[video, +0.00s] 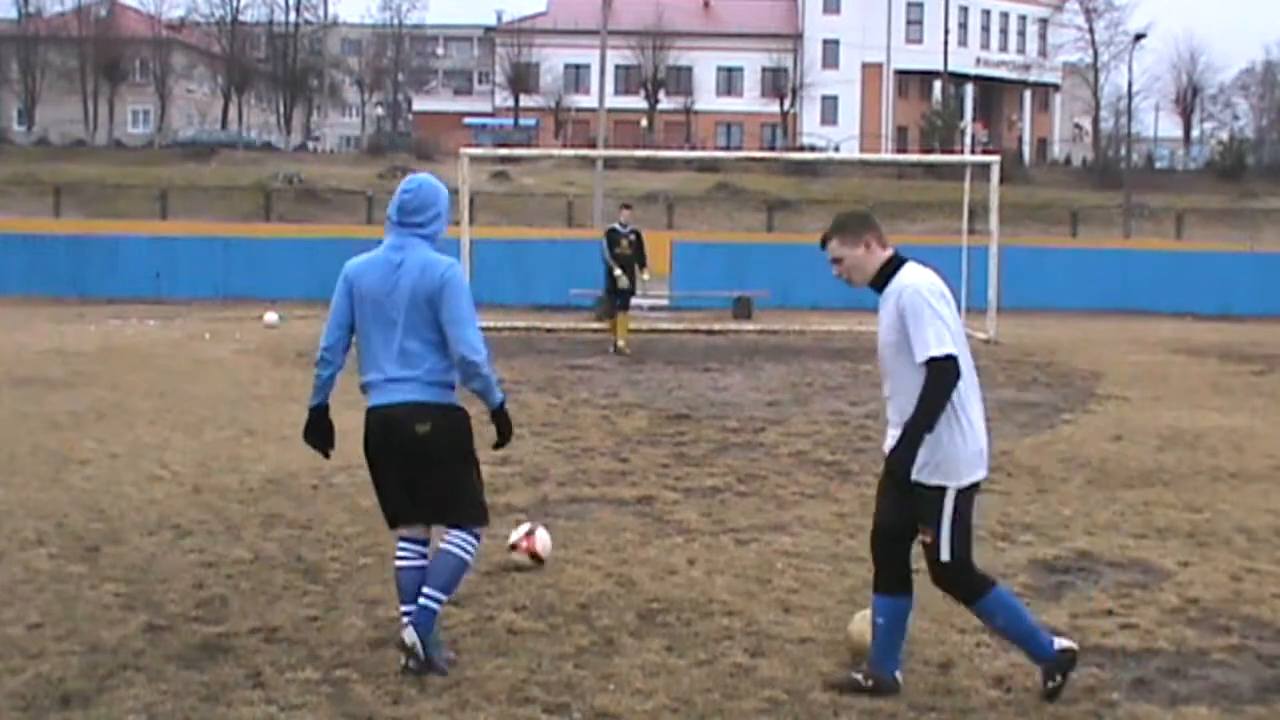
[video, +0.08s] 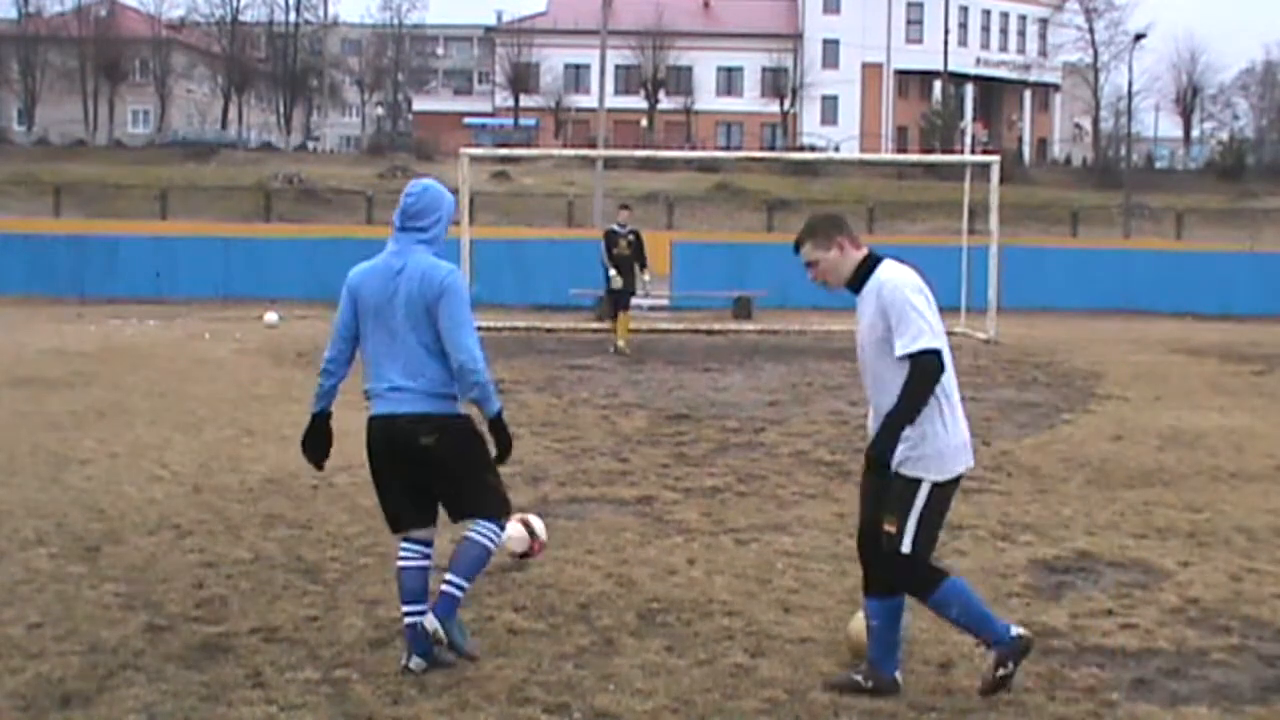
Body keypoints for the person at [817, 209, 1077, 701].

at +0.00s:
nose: (838, 273)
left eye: (841, 261)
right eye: (833, 264)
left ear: (873, 245)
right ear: (868, 251)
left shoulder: (915, 288)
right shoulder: (894, 294)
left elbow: (943, 371)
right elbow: (928, 375)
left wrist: (904, 446)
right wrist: (905, 444)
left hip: (948, 456)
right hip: (910, 451)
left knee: (951, 569)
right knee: (889, 547)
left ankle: (1050, 653)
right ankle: (882, 670)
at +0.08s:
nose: (813, 276)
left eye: (815, 263)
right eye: (808, 267)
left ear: (845, 246)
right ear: (842, 252)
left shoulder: (896, 284)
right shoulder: (872, 293)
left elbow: (929, 365)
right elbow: (901, 372)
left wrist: (886, 437)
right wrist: (882, 441)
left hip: (930, 453)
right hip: (894, 450)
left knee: (903, 559)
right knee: (874, 555)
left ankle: (1005, 640)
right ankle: (881, 671)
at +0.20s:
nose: (784, 274)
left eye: (786, 261)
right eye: (778, 265)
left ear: (814, 241)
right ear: (808, 249)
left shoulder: (874, 278)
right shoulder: (839, 291)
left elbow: (915, 355)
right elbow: (861, 372)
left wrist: (872, 429)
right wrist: (839, 429)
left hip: (897, 444)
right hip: (865, 444)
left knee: (847, 546)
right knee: (865, 548)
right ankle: (881, 658)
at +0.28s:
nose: (765, 272)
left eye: (766, 260)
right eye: (760, 264)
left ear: (795, 241)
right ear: (789, 248)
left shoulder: (860, 280)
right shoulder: (810, 290)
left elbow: (904, 358)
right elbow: (834, 368)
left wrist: (861, 444)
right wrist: (807, 423)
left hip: (870, 446)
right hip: (838, 445)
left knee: (816, 543)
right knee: (860, 550)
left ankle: (826, 679)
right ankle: (882, 671)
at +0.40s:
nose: (733, 276)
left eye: (735, 265)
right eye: (728, 267)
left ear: (763, 248)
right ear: (758, 254)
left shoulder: (834, 290)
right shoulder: (773, 297)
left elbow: (880, 368)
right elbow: (785, 374)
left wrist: (856, 446)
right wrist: (751, 433)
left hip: (832, 457)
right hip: (799, 456)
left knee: (779, 556)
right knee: (845, 559)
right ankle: (880, 671)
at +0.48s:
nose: (711, 277)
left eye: (713, 265)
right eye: (707, 267)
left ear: (744, 249)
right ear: (737, 256)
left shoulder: (813, 295)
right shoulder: (746, 300)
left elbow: (859, 374)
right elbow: (755, 375)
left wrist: (836, 452)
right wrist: (718, 435)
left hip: (806, 459)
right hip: (773, 457)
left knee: (749, 556)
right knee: (819, 558)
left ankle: (704, 691)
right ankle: (875, 665)